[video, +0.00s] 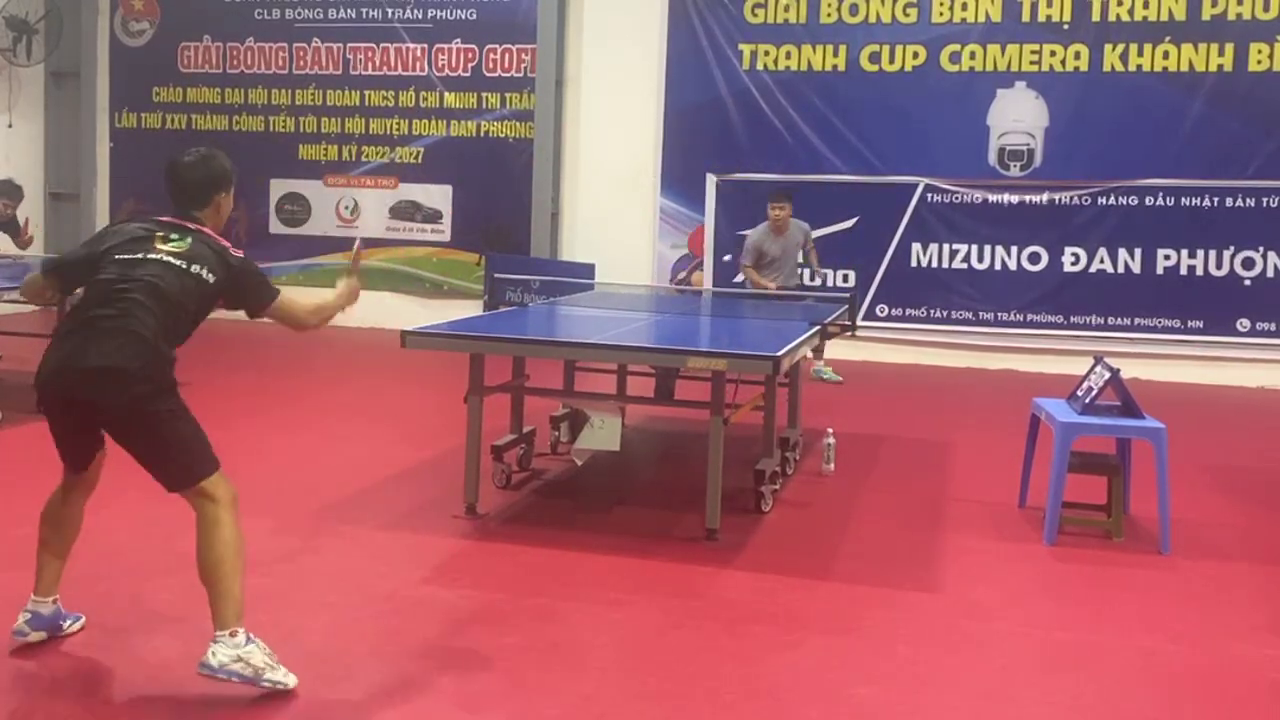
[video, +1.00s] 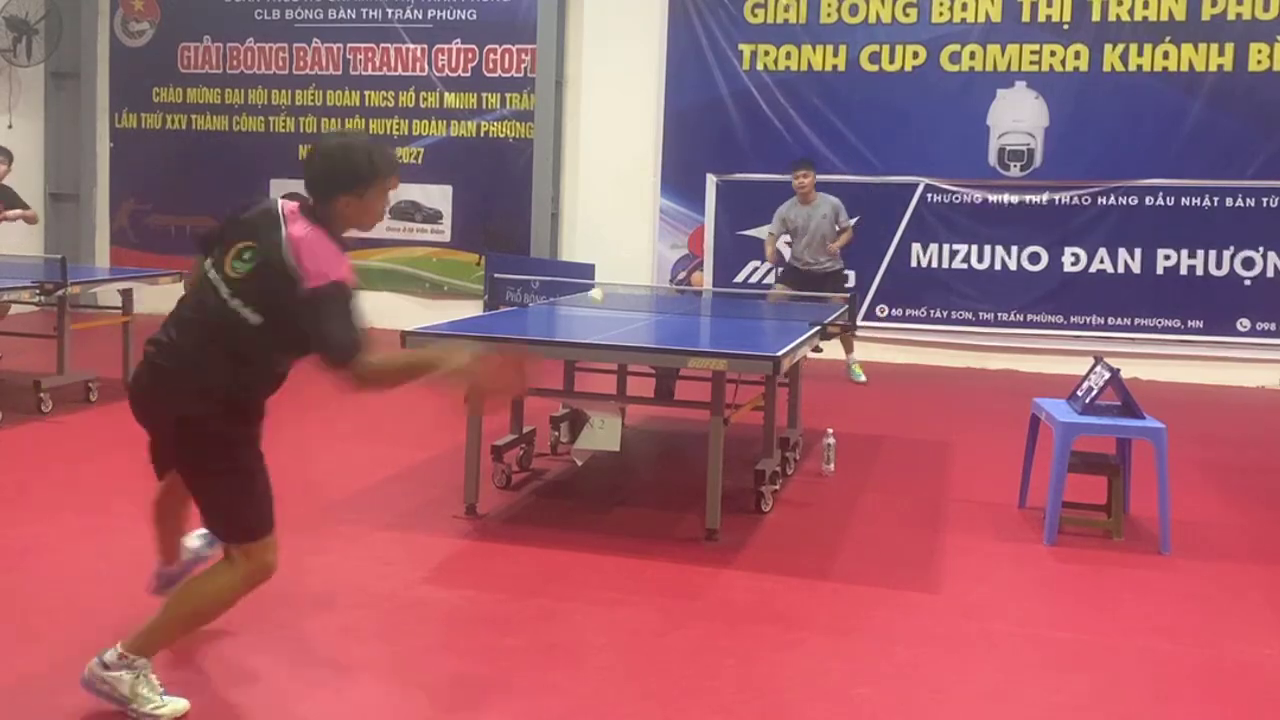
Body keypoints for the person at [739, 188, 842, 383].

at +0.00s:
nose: (777, 214)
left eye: (781, 209)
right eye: (773, 209)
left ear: (790, 210)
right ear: (767, 210)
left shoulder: (801, 229)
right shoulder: (756, 237)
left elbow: (809, 248)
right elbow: (746, 267)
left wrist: (815, 266)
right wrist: (765, 284)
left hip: (793, 291)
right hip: (763, 293)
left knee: (820, 317)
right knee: (759, 328)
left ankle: (818, 364)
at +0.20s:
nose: (814, 196)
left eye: (819, 191)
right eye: (810, 191)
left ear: (827, 192)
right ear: (803, 192)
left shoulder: (839, 212)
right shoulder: (796, 219)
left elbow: (850, 234)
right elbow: (779, 253)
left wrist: (864, 245)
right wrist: (795, 251)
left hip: (828, 279)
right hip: (796, 279)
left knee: (837, 320)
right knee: (786, 320)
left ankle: (820, 365)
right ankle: (791, 359)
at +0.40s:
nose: (833, 177)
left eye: (838, 172)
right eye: (828, 173)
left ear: (847, 175)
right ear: (823, 179)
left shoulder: (863, 196)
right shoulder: (819, 206)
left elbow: (887, 202)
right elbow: (799, 222)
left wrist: (908, 206)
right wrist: (787, 219)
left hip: (858, 270)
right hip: (826, 271)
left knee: (866, 310)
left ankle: (846, 351)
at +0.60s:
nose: (851, 200)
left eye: (856, 196)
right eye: (847, 196)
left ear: (865, 199)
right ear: (842, 201)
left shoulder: (881, 224)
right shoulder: (836, 230)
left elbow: (898, 248)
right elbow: (822, 256)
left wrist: (911, 274)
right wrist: (818, 257)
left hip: (874, 288)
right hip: (842, 288)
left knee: (886, 329)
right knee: (815, 318)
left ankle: (909, 374)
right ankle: (810, 365)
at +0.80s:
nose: (828, 196)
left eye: (833, 191)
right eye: (824, 191)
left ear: (842, 193)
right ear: (819, 195)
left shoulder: (860, 220)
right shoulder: (811, 225)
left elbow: (870, 246)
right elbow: (800, 251)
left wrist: (866, 265)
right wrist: (798, 262)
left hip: (854, 286)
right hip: (821, 286)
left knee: (873, 328)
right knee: (800, 321)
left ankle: (902, 373)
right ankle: (801, 365)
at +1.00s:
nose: (801, 181)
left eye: (805, 177)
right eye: (797, 178)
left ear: (814, 179)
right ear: (792, 182)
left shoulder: (832, 204)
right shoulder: (785, 210)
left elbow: (848, 230)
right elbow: (772, 236)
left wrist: (838, 244)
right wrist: (771, 252)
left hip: (830, 271)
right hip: (797, 269)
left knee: (841, 314)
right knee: (773, 301)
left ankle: (851, 361)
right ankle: (782, 353)